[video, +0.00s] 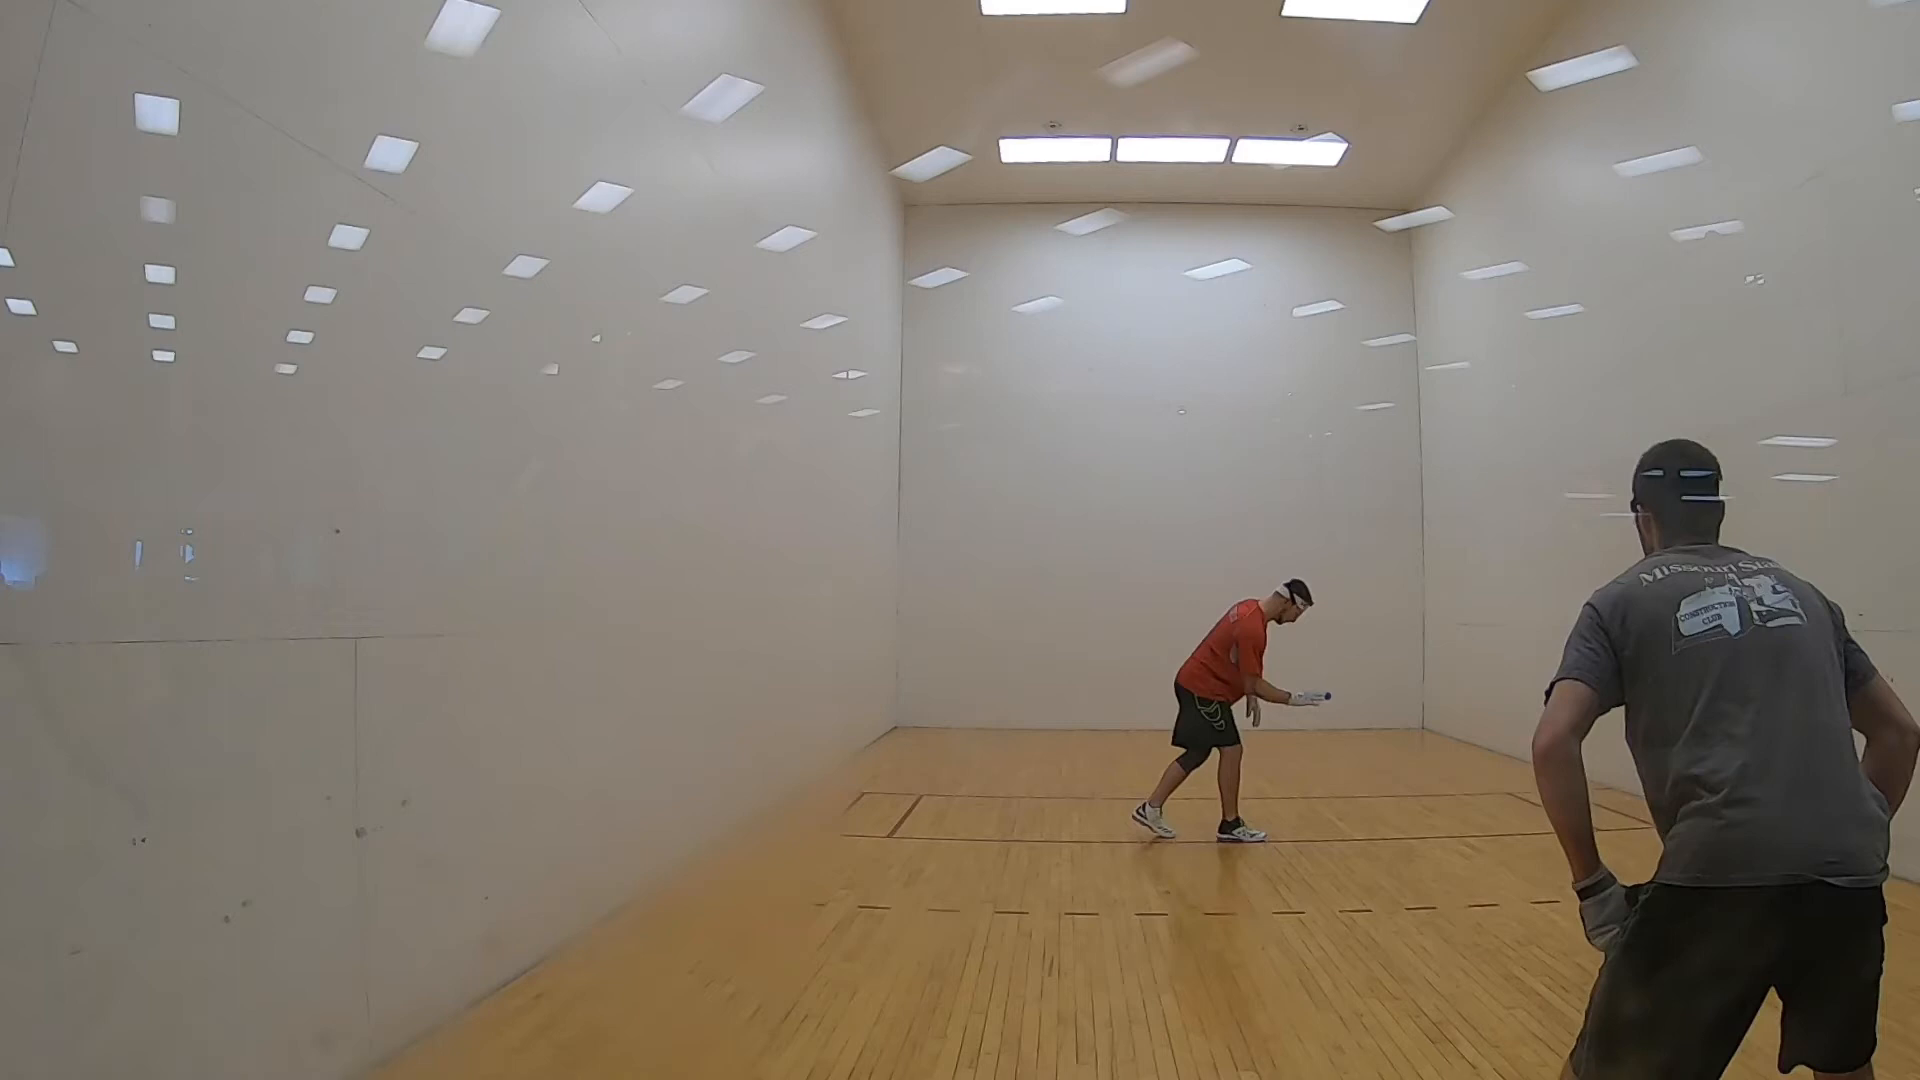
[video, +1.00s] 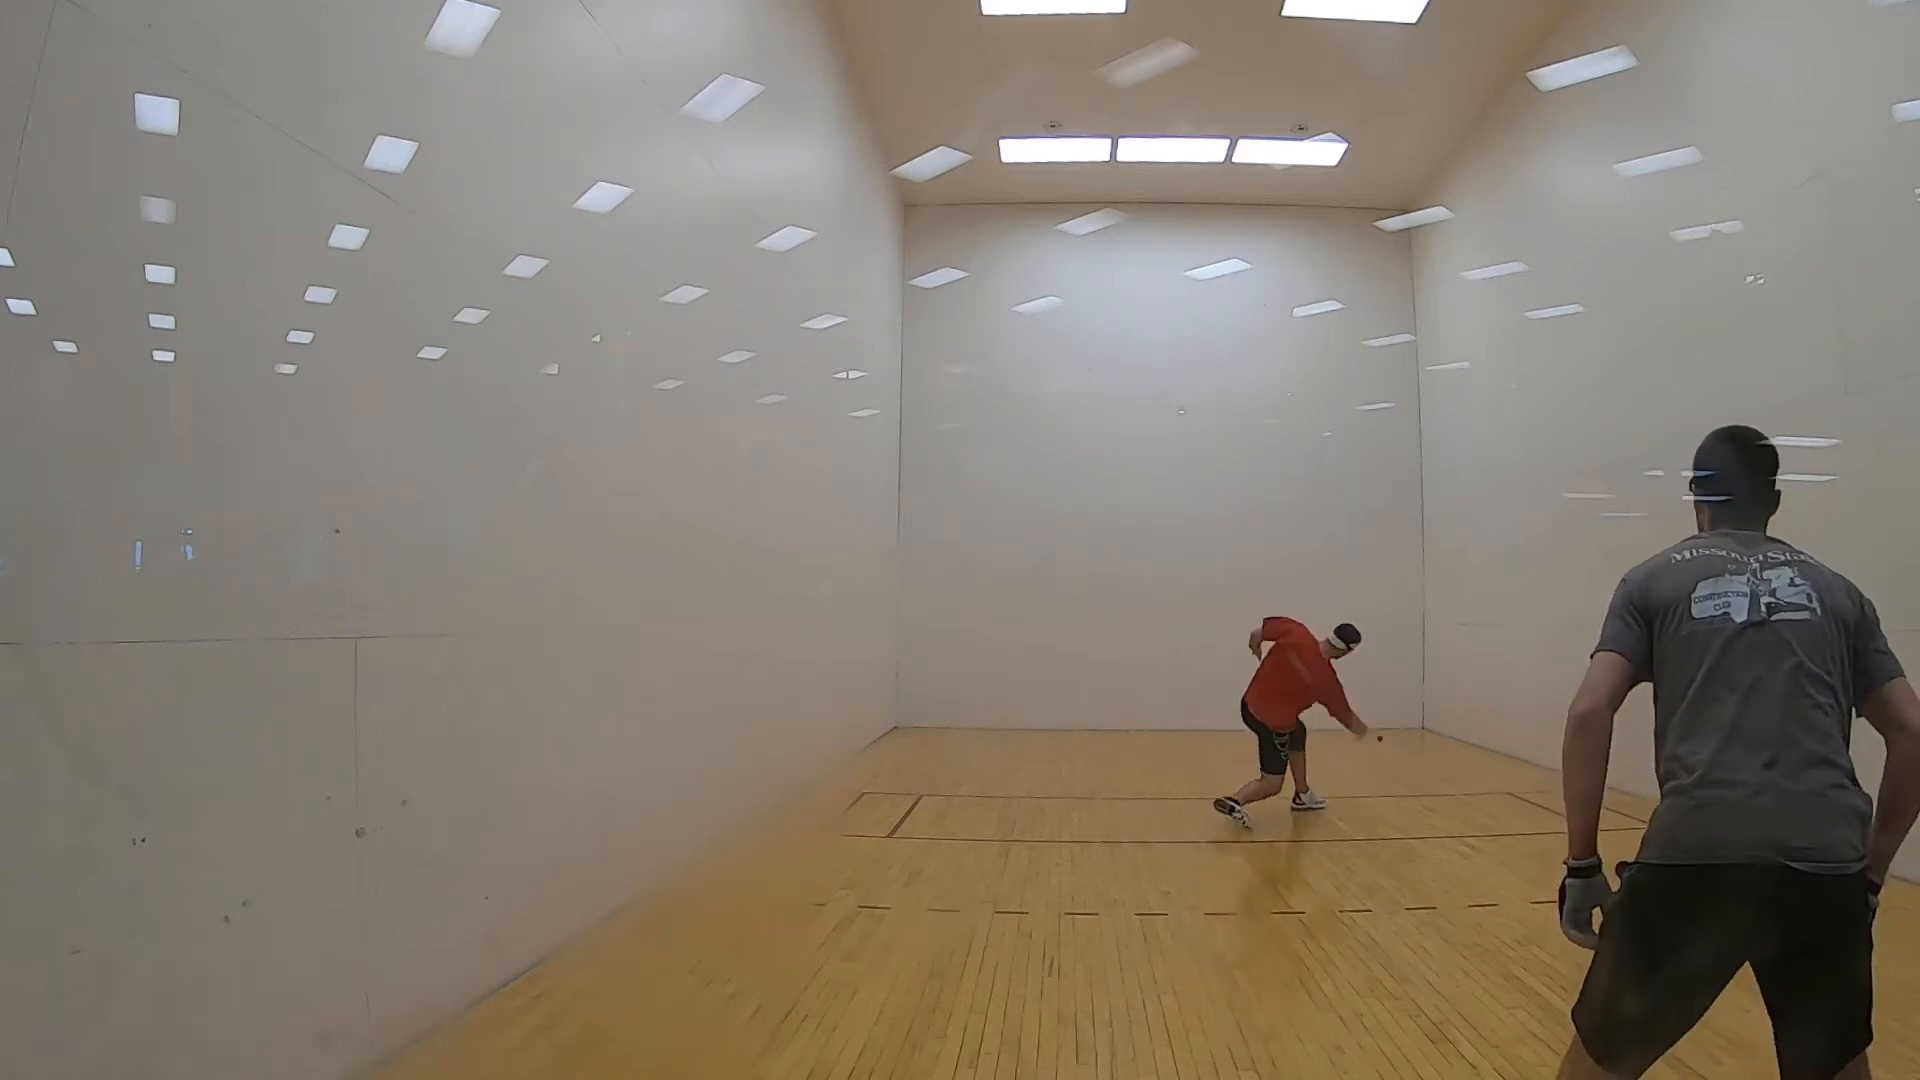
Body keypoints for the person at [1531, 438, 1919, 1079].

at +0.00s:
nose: (1640, 526)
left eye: (1639, 515)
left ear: (1645, 517)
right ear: (1720, 511)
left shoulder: (1622, 600)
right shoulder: (1805, 593)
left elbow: (1553, 742)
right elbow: (1898, 733)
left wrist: (1593, 884)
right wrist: (1851, 846)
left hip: (1715, 879)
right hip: (1848, 877)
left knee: (1607, 1067)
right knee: (1845, 1066)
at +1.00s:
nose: (1700, 504)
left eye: (1698, 495)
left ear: (1699, 500)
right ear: (1773, 502)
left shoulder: (1653, 579)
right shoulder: (1837, 590)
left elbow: (1589, 710)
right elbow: (1911, 731)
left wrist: (1582, 860)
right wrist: (1873, 870)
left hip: (1693, 863)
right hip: (1826, 871)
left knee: (1596, 1056)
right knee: (1839, 1064)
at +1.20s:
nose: (1728, 504)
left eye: (1726, 495)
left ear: (1730, 501)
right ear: (1807, 507)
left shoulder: (1671, 584)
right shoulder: (1861, 600)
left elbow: (1605, 720)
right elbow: (1911, 745)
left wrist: (1610, 853)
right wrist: (1885, 878)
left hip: (1692, 863)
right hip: (1828, 872)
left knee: (1602, 1054)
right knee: (1849, 1054)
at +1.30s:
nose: (1773, 519)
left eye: (1772, 509)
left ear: (1773, 517)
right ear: (1848, 521)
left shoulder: (1709, 596)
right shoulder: (1894, 616)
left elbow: (1641, 731)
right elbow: (1915, 745)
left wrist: (1652, 839)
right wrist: (1916, 874)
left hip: (1708, 868)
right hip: (1843, 883)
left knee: (1612, 1056)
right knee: (1875, 1044)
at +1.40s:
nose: (1833, 515)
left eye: (1830, 505)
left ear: (1830, 513)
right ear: (1905, 521)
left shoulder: (1767, 598)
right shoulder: (1915, 605)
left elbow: (1696, 724)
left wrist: (1712, 810)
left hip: (1746, 869)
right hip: (1880, 882)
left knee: (1649, 1058)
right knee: (1897, 1055)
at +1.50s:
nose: (1877, 511)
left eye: (1875, 502)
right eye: (1885, 501)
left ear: (1877, 510)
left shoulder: (1817, 594)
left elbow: (1737, 707)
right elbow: (1738, 705)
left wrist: (1760, 794)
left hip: (1790, 860)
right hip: (1903, 873)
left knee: (1702, 1041)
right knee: (1909, 1057)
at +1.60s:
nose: (1909, 502)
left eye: (1907, 492)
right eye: (1914, 493)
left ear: (1904, 500)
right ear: (1913, 501)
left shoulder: (1845, 580)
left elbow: (1770, 692)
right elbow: (1773, 693)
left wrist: (1806, 767)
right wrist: (1805, 767)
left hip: (1825, 847)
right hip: (1909, 862)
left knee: (1768, 1008)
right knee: (1915, 1050)